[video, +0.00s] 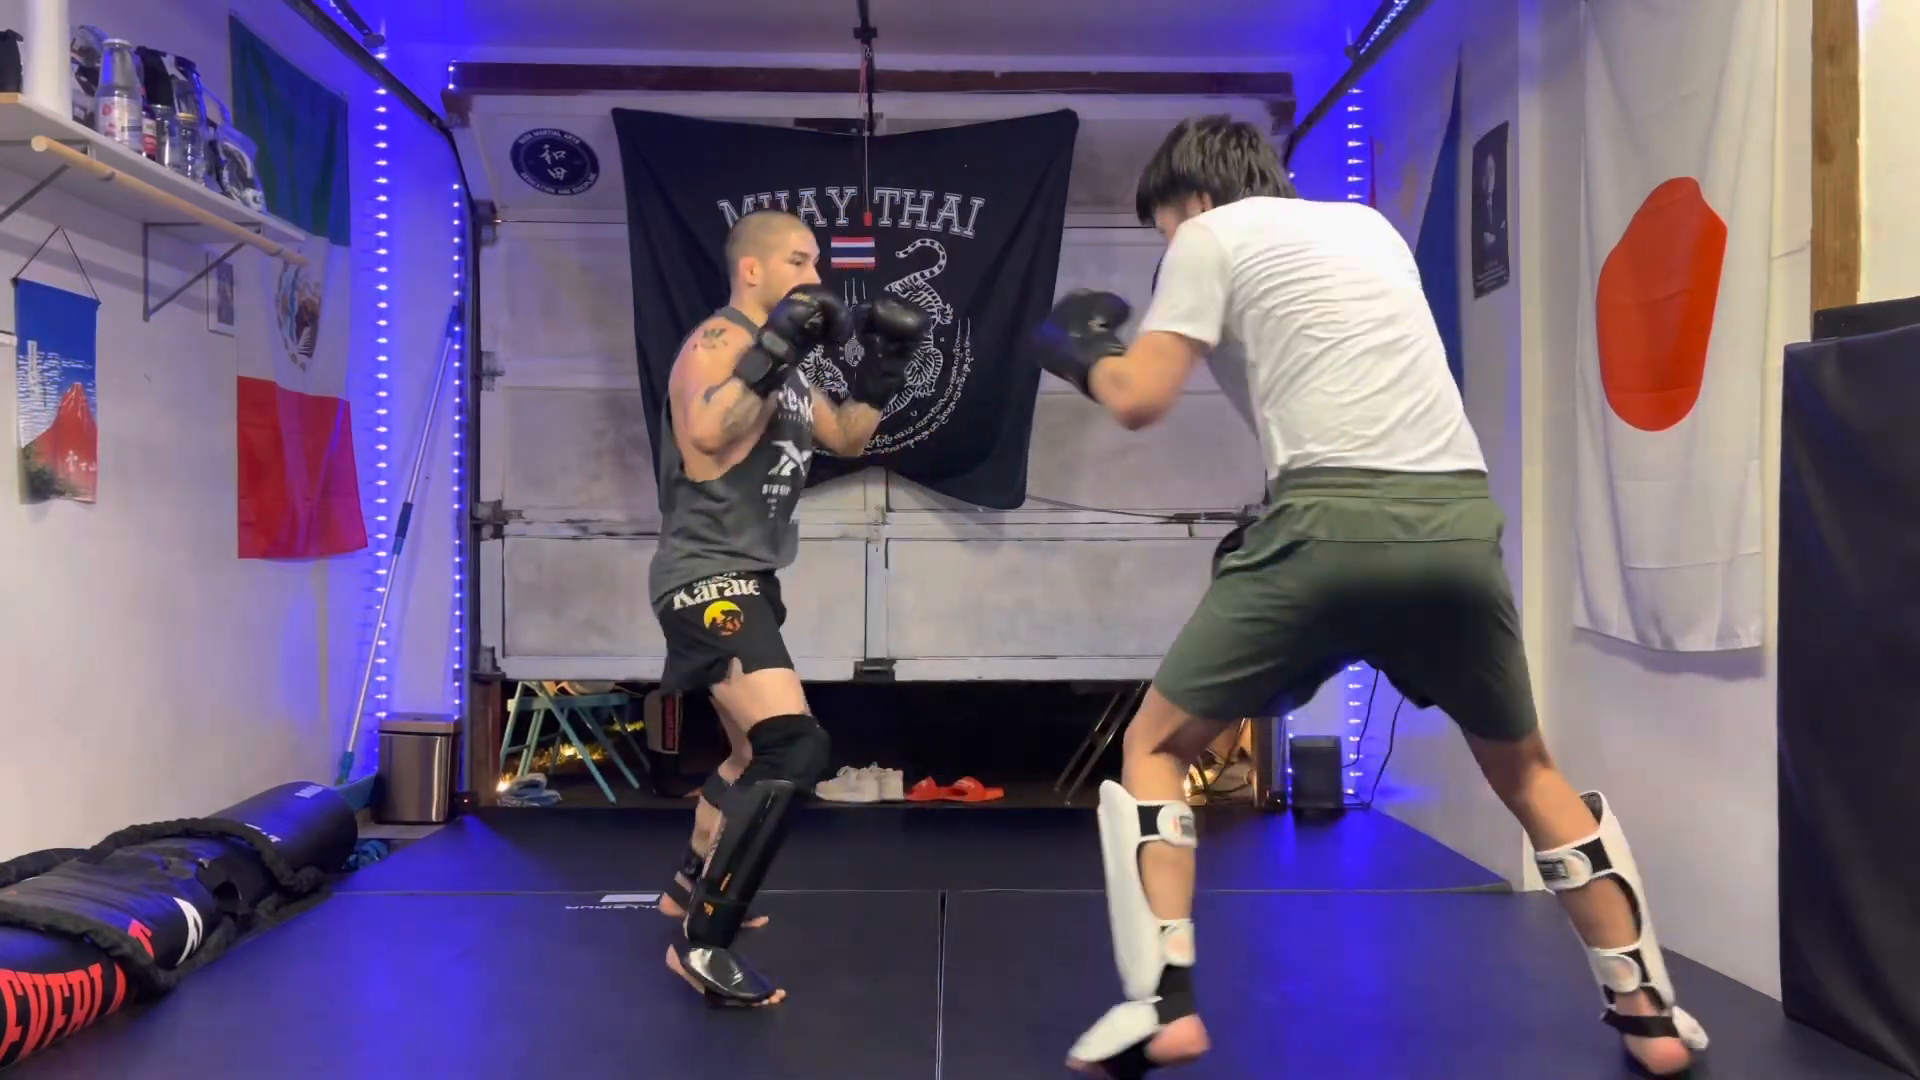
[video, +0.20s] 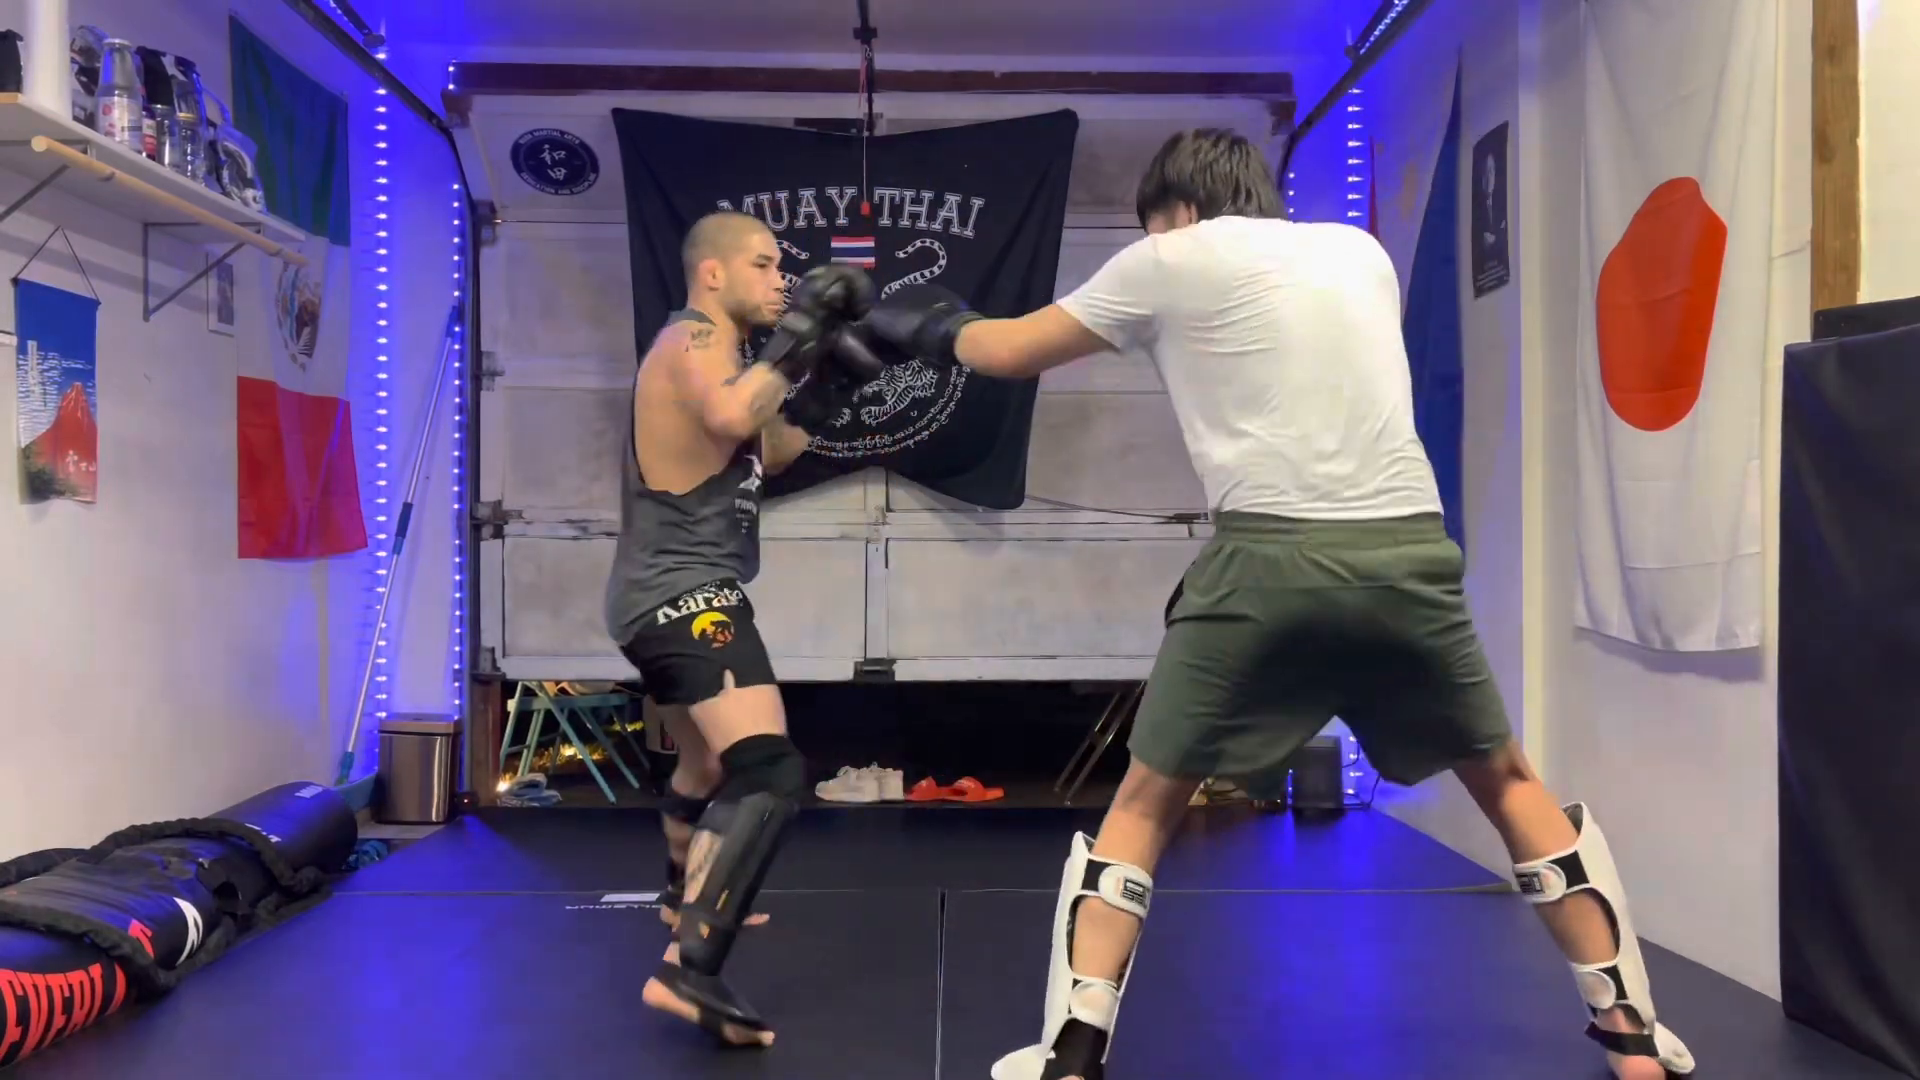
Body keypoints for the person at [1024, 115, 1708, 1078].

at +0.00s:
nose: (1171, 244)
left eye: (1169, 227)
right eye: (1163, 234)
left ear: (1200, 202)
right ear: (1264, 179)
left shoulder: (1212, 234)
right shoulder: (1373, 226)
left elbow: (1136, 398)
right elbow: (1337, 357)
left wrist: (1088, 352)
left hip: (1323, 531)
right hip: (1461, 532)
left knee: (1157, 746)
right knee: (1530, 771)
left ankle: (1164, 998)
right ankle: (1645, 1003)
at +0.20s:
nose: (1150, 248)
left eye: (1151, 232)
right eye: (1149, 234)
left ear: (1179, 211)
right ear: (1257, 197)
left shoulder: (1167, 261)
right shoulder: (1366, 253)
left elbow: (1009, 351)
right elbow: (1336, 385)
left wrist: (932, 322)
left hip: (1265, 566)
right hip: (1411, 564)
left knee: (1148, 802)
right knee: (1506, 777)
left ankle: (1077, 1043)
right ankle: (1634, 1030)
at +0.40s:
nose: (1154, 220)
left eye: (1155, 194)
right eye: (1148, 198)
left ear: (1207, 171)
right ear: (1248, 165)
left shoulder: (1250, 227)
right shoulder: (1362, 212)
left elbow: (1231, 413)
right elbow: (1302, 368)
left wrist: (1125, 372)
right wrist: (1181, 328)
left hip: (1380, 520)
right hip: (1483, 516)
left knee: (1179, 762)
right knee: (1530, 789)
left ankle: (1201, 1042)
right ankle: (1714, 994)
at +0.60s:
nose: (1142, 215)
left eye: (1149, 186)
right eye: (1141, 189)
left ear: (1208, 182)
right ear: (1225, 179)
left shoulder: (1298, 257)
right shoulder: (1302, 250)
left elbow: (1316, 435)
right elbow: (1191, 352)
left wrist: (1182, 385)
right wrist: (1060, 316)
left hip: (1405, 555)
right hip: (1468, 554)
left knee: (1227, 800)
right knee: (1471, 803)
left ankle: (1317, 1061)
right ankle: (1686, 988)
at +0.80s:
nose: (1143, 184)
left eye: (1150, 158)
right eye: (1141, 162)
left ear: (1208, 144)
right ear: (1216, 147)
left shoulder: (1267, 198)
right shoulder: (1299, 203)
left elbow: (1157, 359)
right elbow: (1276, 387)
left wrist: (1052, 324)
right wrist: (1175, 305)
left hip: (1422, 485)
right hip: (1452, 480)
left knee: (1344, 792)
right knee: (1413, 766)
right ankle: (1482, 986)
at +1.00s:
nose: (1168, 222)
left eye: (1175, 200)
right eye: (1166, 204)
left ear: (1232, 189)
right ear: (1256, 197)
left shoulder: (1264, 248)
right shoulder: (1302, 263)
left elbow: (1168, 370)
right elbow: (1239, 424)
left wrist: (1047, 351)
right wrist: (1187, 304)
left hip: (1379, 535)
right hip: (1414, 531)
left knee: (1403, 820)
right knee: (1316, 742)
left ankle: (1523, 1027)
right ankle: (1391, 955)